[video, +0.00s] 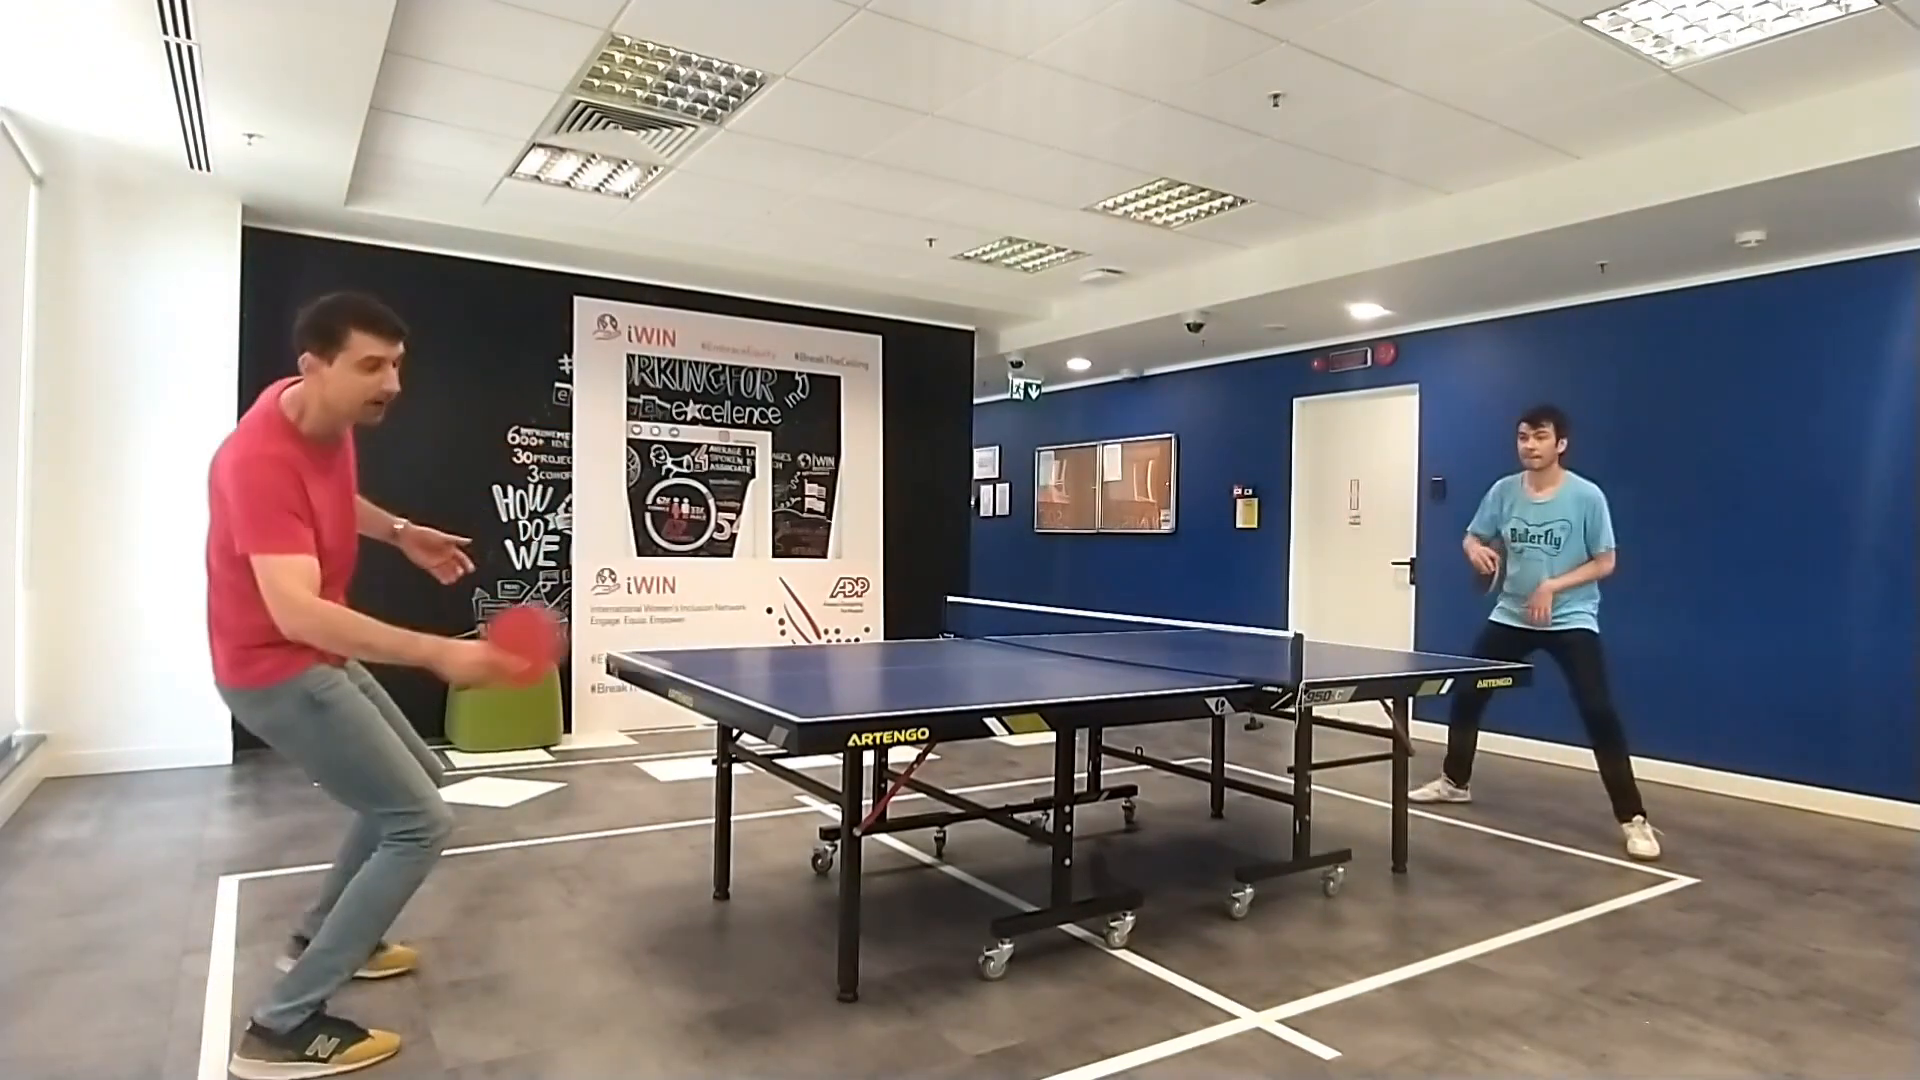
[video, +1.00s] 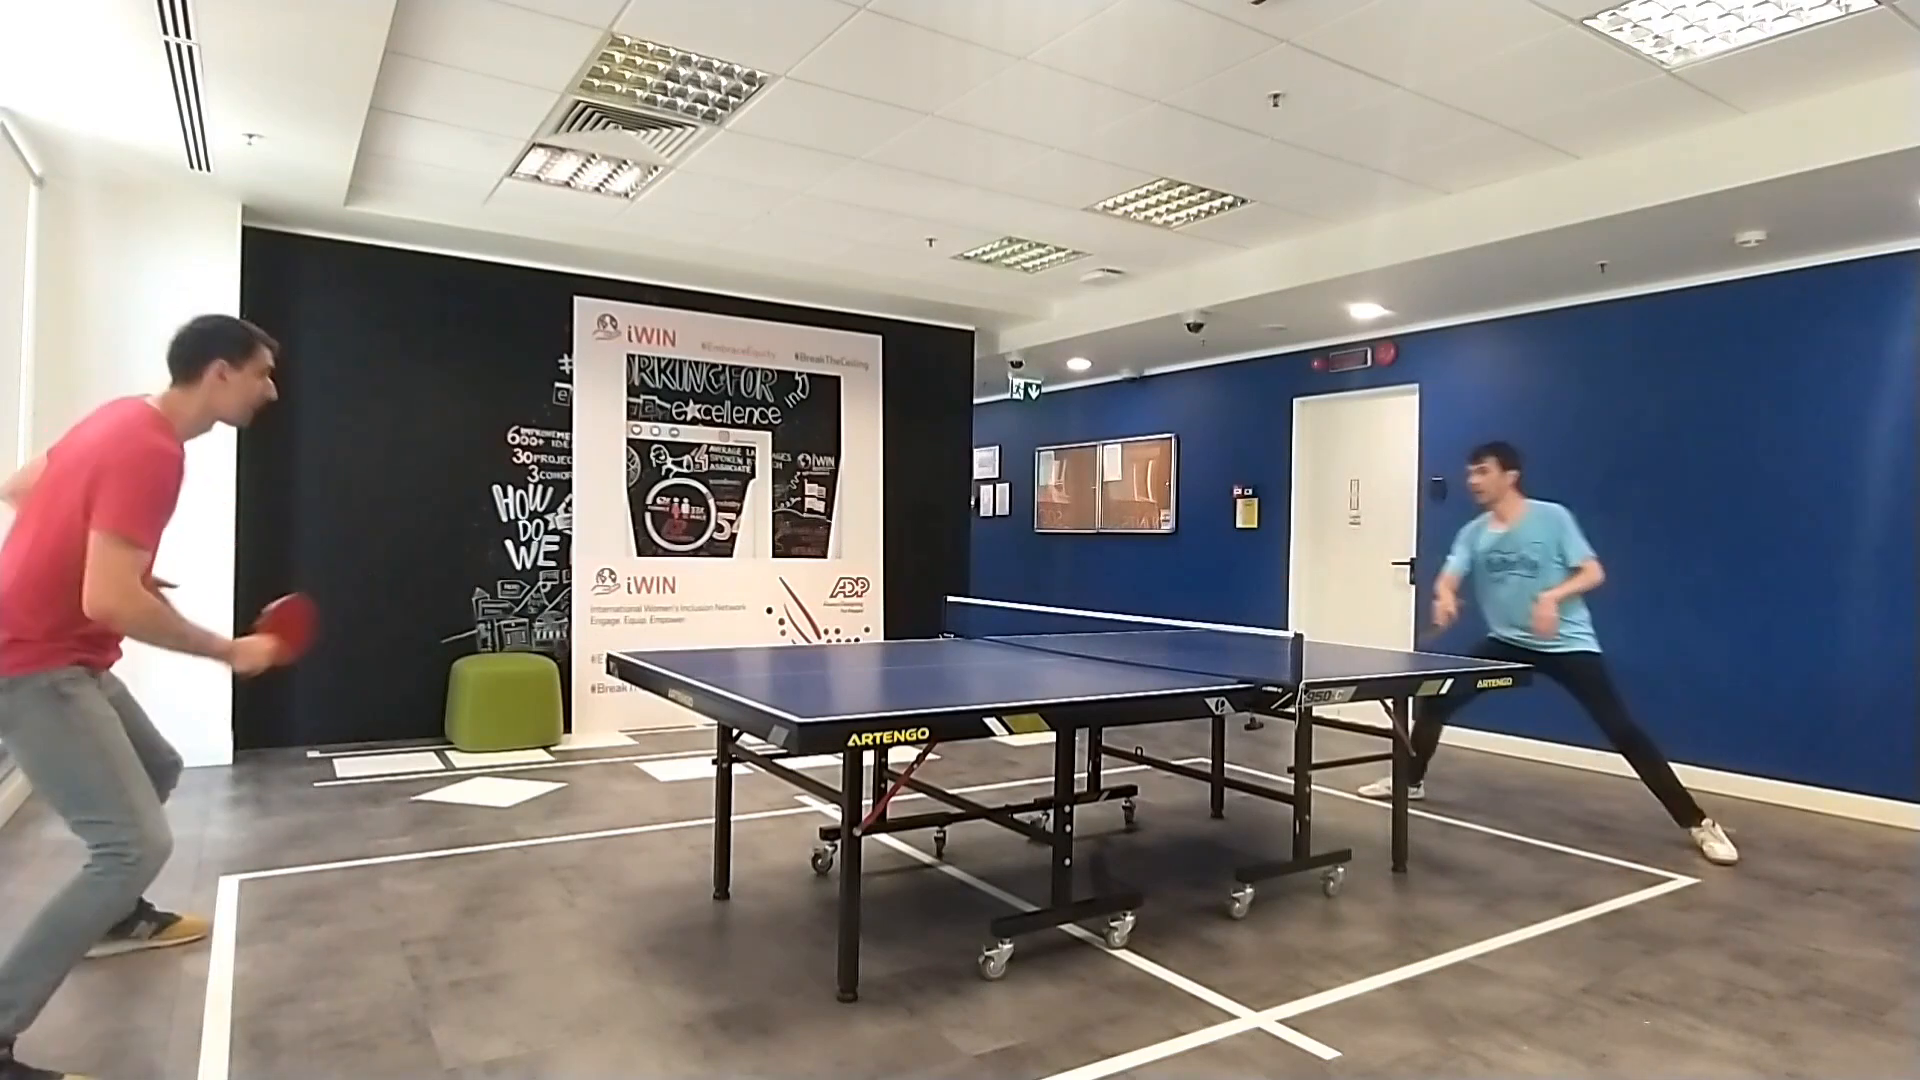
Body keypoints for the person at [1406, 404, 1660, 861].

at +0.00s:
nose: (1529, 445)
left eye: (1539, 437)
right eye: (1523, 437)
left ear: (1560, 444)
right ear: (1517, 443)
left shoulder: (1588, 497)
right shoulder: (1503, 492)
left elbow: (1605, 562)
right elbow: (1474, 538)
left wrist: (1553, 584)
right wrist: (1474, 548)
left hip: (1571, 620)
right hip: (1510, 616)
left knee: (1597, 710)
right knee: (1466, 690)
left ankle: (1633, 820)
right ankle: (1454, 782)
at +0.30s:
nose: (1470, 462)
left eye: (1478, 453)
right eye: (1466, 455)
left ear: (1506, 455)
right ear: (1466, 461)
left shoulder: (1543, 498)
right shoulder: (1468, 502)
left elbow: (1581, 557)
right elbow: (1448, 553)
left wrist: (1538, 591)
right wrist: (1430, 578)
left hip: (1549, 622)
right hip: (1491, 617)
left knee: (1586, 713)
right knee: (1432, 685)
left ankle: (1631, 820)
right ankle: (1407, 774)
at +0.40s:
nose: (1433, 475)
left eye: (1441, 466)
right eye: (1431, 468)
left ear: (1470, 465)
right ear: (1445, 472)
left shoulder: (1511, 504)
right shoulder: (1449, 516)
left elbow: (1558, 563)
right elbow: (1447, 570)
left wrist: (1514, 598)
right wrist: (1413, 599)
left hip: (1533, 628)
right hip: (1477, 626)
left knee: (1569, 717)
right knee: (1414, 688)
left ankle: (1628, 821)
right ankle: (1408, 779)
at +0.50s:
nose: (1402, 488)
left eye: (1406, 477)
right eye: (1399, 480)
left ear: (1434, 472)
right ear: (1422, 478)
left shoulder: (1482, 505)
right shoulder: (1432, 522)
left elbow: (1531, 560)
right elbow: (1435, 581)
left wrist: (1489, 600)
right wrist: (1380, 607)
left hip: (1523, 628)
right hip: (1470, 629)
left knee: (1563, 718)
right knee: (1408, 686)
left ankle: (1627, 820)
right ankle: (1407, 778)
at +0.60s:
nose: (1383, 492)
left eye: (1385, 482)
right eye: (1380, 485)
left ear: (1410, 474)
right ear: (1406, 478)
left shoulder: (1466, 504)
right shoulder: (1417, 532)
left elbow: (1518, 552)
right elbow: (1399, 582)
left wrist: (1476, 591)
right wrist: (1338, 583)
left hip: (1522, 626)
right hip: (1468, 629)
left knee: (1573, 712)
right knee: (1408, 683)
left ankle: (1632, 816)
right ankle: (1406, 778)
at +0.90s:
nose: (1426, 484)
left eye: (1434, 474)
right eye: (1424, 477)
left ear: (1463, 475)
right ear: (1433, 486)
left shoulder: (1508, 511)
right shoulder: (1435, 535)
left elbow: (1554, 563)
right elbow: (1392, 585)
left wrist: (1514, 588)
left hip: (1541, 636)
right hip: (1483, 639)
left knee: (1602, 716)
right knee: (1414, 685)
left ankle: (1689, 813)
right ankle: (1405, 780)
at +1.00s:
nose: (1473, 481)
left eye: (1481, 473)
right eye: (1470, 474)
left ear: (1510, 476)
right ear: (1473, 482)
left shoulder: (1552, 517)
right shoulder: (1473, 532)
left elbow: (1592, 572)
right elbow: (1447, 579)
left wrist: (1551, 596)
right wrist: (1445, 599)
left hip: (1569, 648)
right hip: (1507, 645)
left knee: (1622, 730)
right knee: (1433, 700)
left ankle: (1698, 825)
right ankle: (1404, 780)